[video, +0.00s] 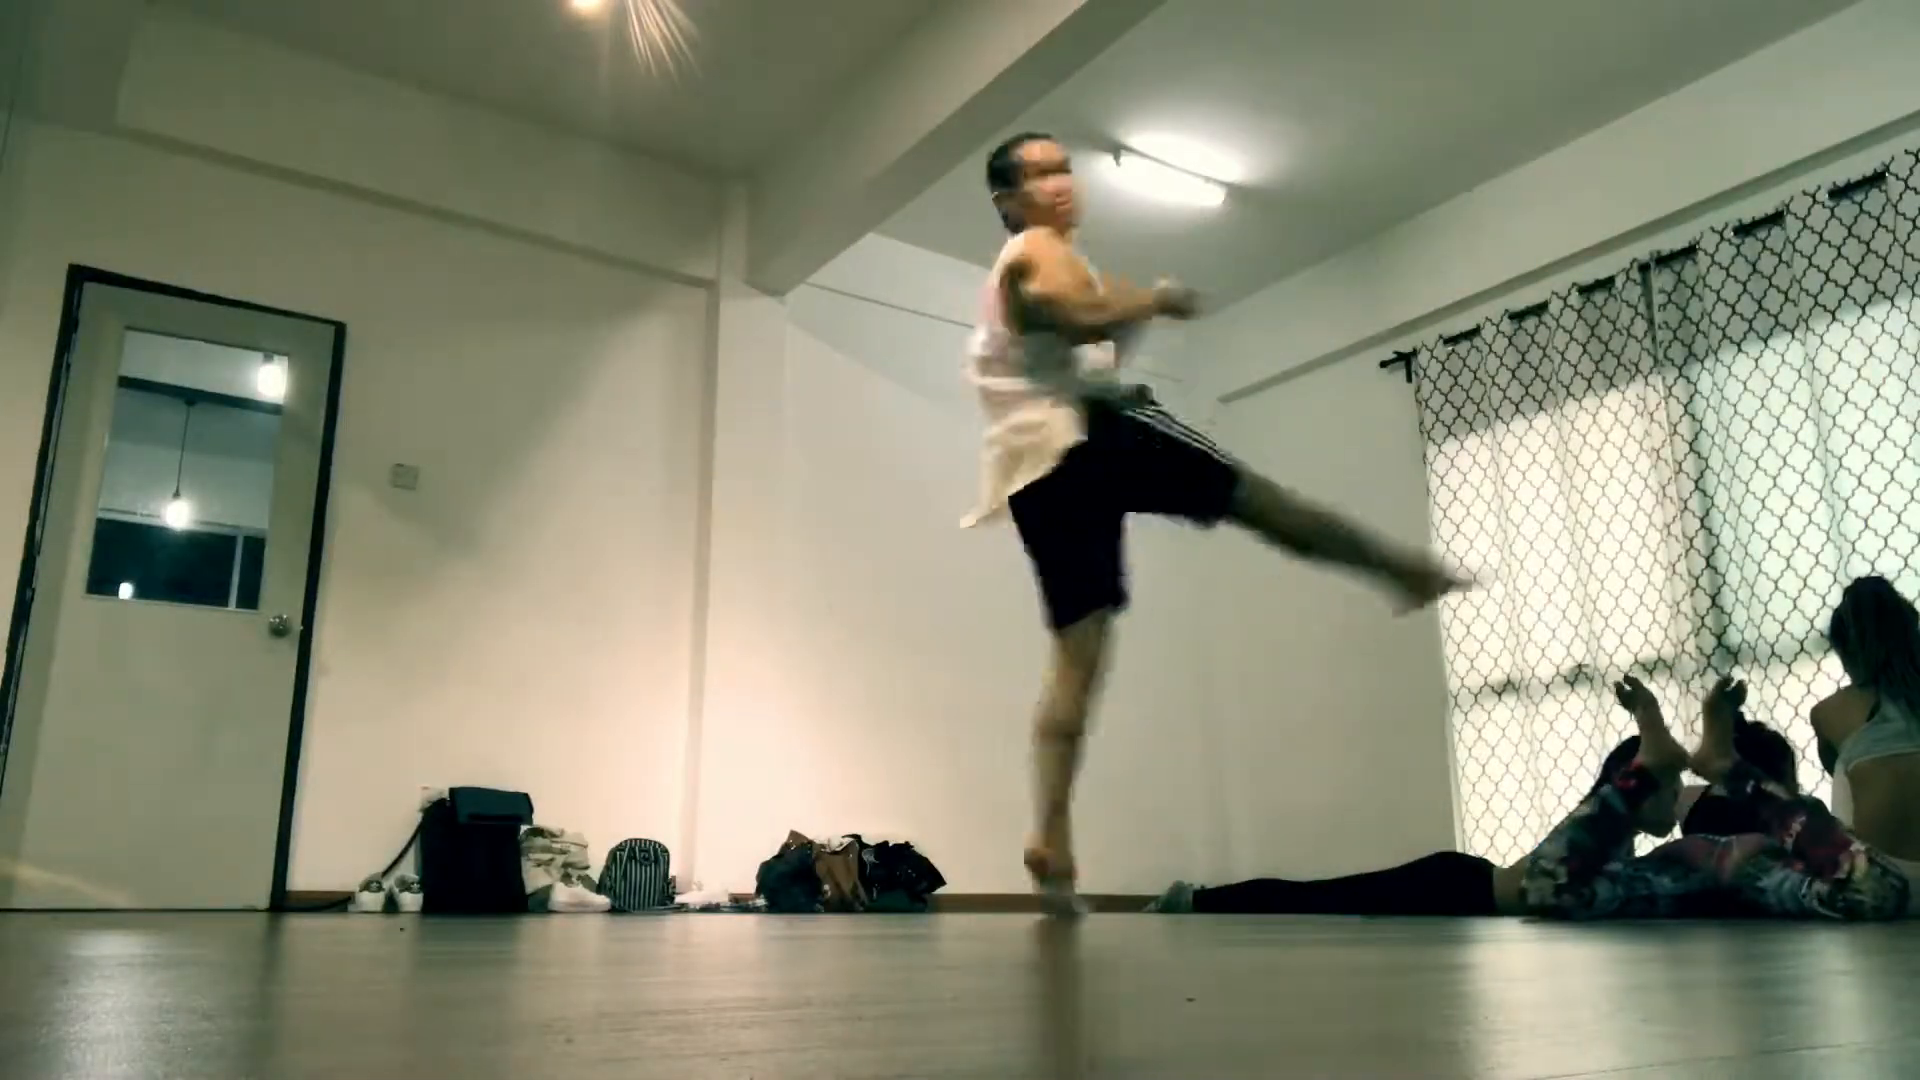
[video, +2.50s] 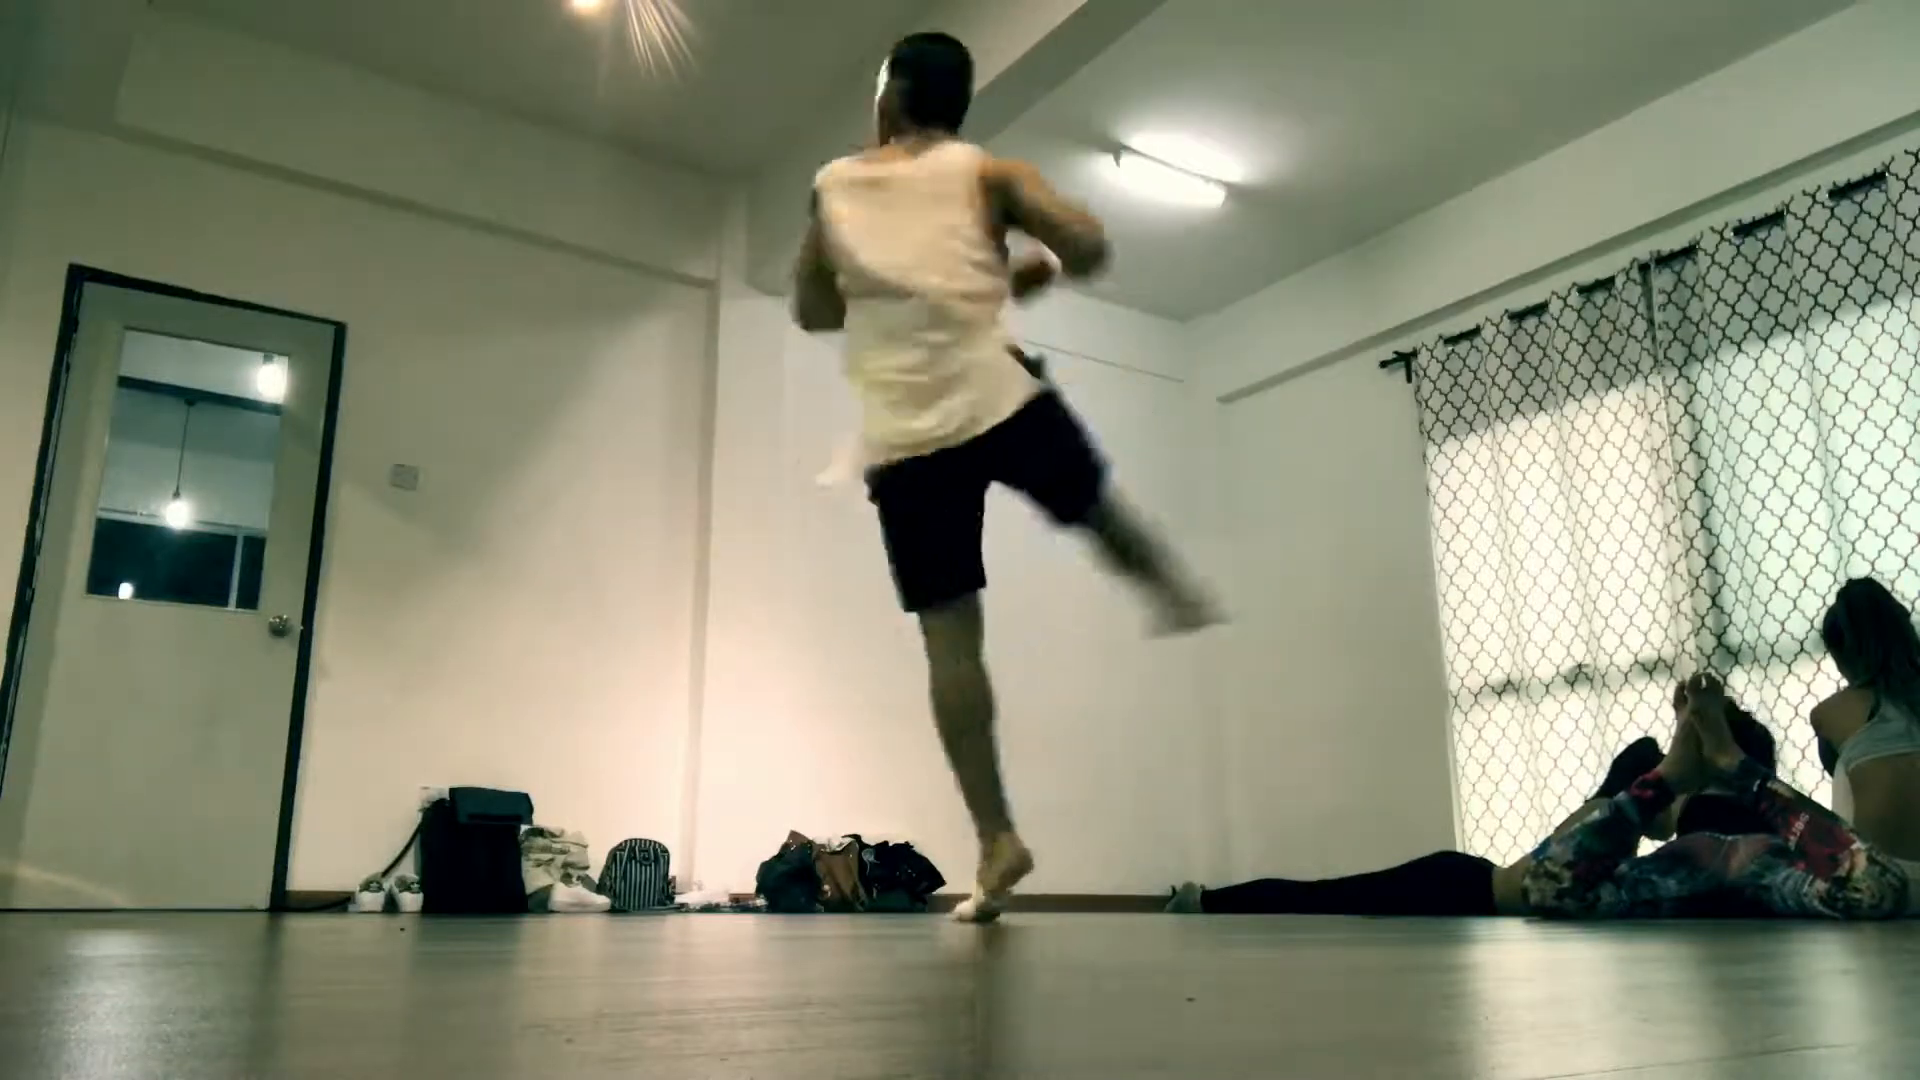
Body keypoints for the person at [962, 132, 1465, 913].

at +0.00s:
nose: (1066, 184)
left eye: (1065, 170)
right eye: (1047, 175)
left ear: (1061, 180)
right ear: (1010, 197)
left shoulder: (1013, 271)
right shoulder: (1036, 247)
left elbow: (1041, 358)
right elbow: (1058, 301)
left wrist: (1111, 329)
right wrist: (1150, 300)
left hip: (1035, 477)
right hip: (1085, 444)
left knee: (1078, 654)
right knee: (1255, 499)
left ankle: (1050, 839)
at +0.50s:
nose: (1001, 183)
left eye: (1017, 167)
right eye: (997, 174)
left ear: (1065, 173)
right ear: (1011, 194)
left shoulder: (1093, 224)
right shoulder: (1034, 287)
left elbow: (1157, 222)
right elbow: (1037, 406)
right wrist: (958, 470)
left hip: (1128, 458)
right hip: (1076, 460)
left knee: (1102, 659)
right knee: (982, 543)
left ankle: (1100, 852)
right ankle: (873, 609)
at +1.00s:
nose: (989, 212)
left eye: (1001, 195)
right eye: (980, 205)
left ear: (1045, 206)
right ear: (978, 224)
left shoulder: (1087, 308)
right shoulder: (968, 278)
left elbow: (1159, 386)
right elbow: (924, 322)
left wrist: (1238, 404)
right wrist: (976, 298)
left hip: (1063, 476)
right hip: (983, 465)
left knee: (1054, 681)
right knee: (1129, 487)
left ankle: (1024, 879)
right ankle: (1253, 482)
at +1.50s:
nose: (953, 117)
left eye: (970, 103)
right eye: (953, 105)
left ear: (1021, 119)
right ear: (1017, 130)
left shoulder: (984, 175)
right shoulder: (1052, 217)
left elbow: (965, 245)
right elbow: (1103, 355)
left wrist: (822, 266)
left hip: (1006, 439)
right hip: (1070, 436)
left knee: (1023, 646)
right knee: (997, 497)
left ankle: (1043, 845)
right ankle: (985, 595)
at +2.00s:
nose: (946, 193)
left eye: (958, 175)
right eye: (937, 184)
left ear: (1007, 179)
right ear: (941, 205)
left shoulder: (1087, 263)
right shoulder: (936, 289)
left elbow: (1211, 287)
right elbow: (807, 298)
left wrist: (1339, 290)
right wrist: (691, 280)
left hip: (1045, 494)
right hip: (956, 473)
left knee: (1023, 684)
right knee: (867, 392)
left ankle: (985, 884)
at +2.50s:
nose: (874, 95)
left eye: (880, 83)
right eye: (884, 81)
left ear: (889, 96)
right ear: (959, 107)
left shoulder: (837, 185)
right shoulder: (988, 172)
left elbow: (813, 307)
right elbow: (1088, 244)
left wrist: (894, 289)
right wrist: (1043, 271)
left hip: (906, 447)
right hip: (1006, 409)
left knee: (951, 649)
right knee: (1102, 511)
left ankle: (996, 840)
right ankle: (1176, 597)